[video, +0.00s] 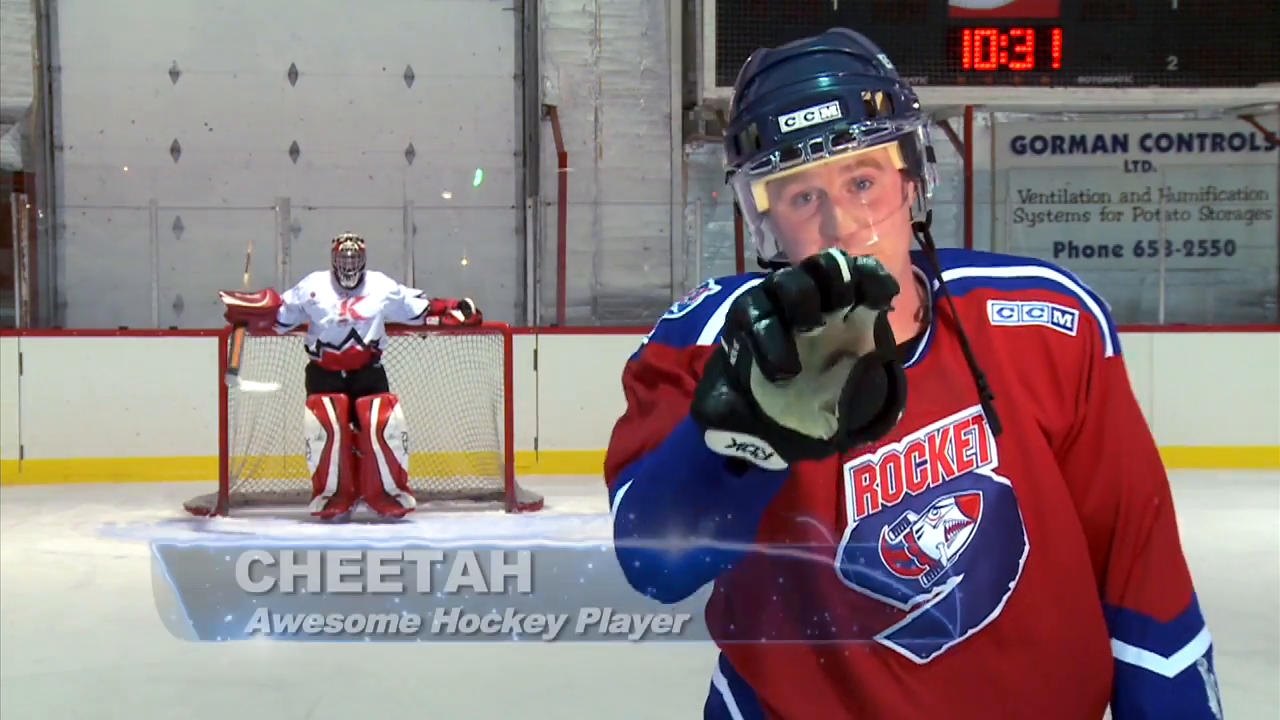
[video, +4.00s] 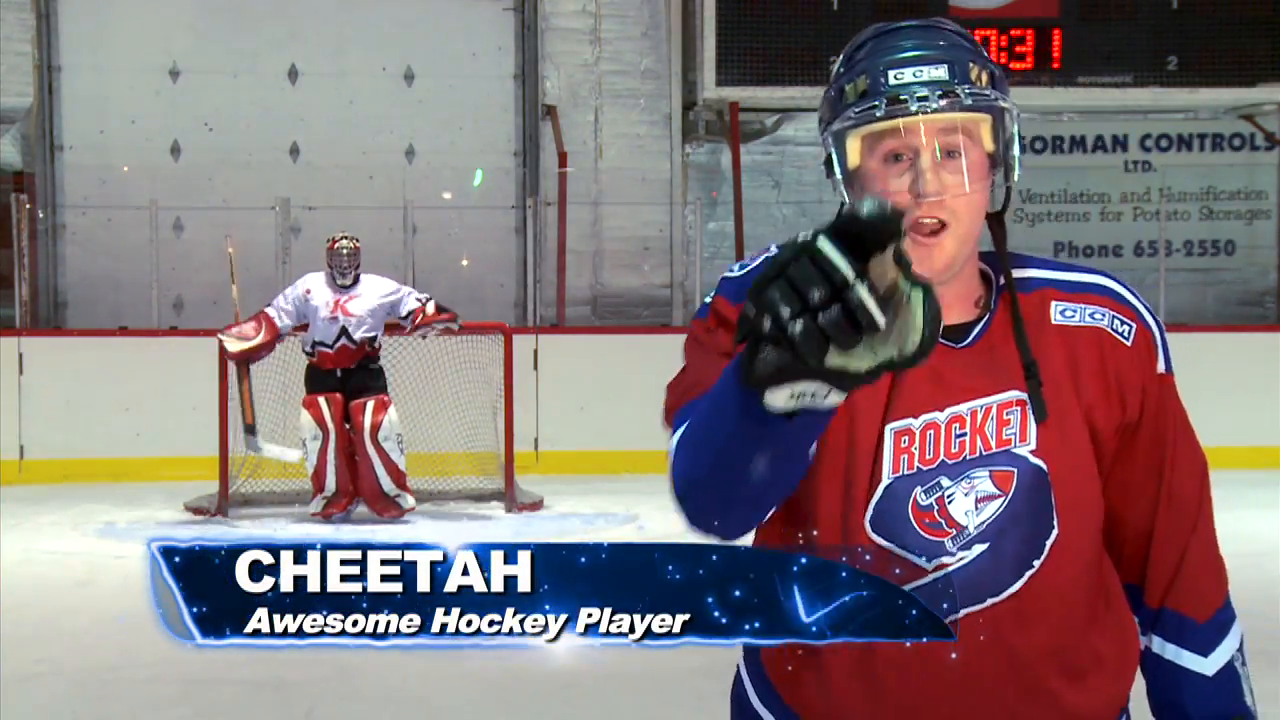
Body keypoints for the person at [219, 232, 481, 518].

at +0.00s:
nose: (350, 263)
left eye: (355, 258)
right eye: (344, 258)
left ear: (363, 259)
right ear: (334, 259)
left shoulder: (381, 287)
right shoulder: (313, 286)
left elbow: (419, 307)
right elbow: (280, 314)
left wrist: (452, 308)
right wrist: (247, 310)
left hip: (367, 372)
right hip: (325, 374)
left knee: (381, 430)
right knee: (330, 432)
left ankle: (385, 498)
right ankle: (334, 500)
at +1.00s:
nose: (333, 263)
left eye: (338, 257)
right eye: (327, 258)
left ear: (346, 259)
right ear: (317, 260)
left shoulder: (367, 288)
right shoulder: (303, 289)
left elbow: (386, 329)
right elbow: (276, 309)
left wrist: (379, 363)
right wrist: (240, 309)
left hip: (359, 371)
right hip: (320, 375)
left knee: (371, 434)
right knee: (325, 436)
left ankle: (390, 499)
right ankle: (334, 500)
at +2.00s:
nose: (338, 263)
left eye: (343, 257)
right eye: (332, 258)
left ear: (352, 258)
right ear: (323, 260)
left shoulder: (371, 286)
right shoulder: (307, 287)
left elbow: (389, 326)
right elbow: (281, 310)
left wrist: (352, 333)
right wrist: (245, 311)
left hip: (363, 374)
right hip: (323, 374)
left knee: (369, 431)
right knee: (322, 433)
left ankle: (391, 498)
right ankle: (332, 499)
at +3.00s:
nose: (340, 263)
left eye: (346, 257)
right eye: (334, 257)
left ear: (355, 259)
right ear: (325, 259)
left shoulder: (372, 289)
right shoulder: (308, 286)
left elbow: (399, 325)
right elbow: (281, 310)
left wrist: (378, 356)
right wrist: (247, 314)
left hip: (359, 372)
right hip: (320, 374)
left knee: (365, 434)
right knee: (325, 435)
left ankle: (389, 497)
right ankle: (334, 497)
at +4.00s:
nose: (344, 264)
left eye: (350, 258)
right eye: (338, 259)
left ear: (358, 260)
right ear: (328, 261)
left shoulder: (378, 288)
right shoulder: (309, 288)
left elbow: (416, 303)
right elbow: (276, 315)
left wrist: (432, 315)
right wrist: (246, 332)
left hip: (365, 374)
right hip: (322, 375)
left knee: (372, 433)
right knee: (327, 435)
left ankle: (387, 500)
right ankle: (334, 499)